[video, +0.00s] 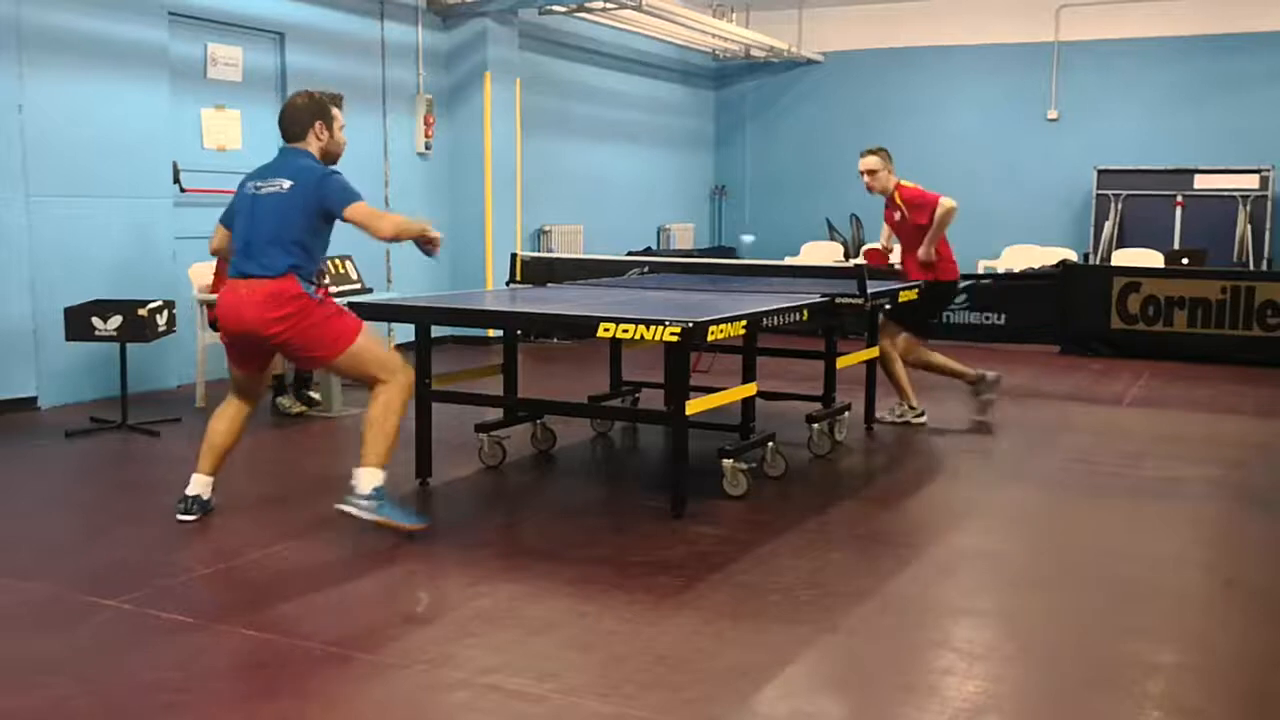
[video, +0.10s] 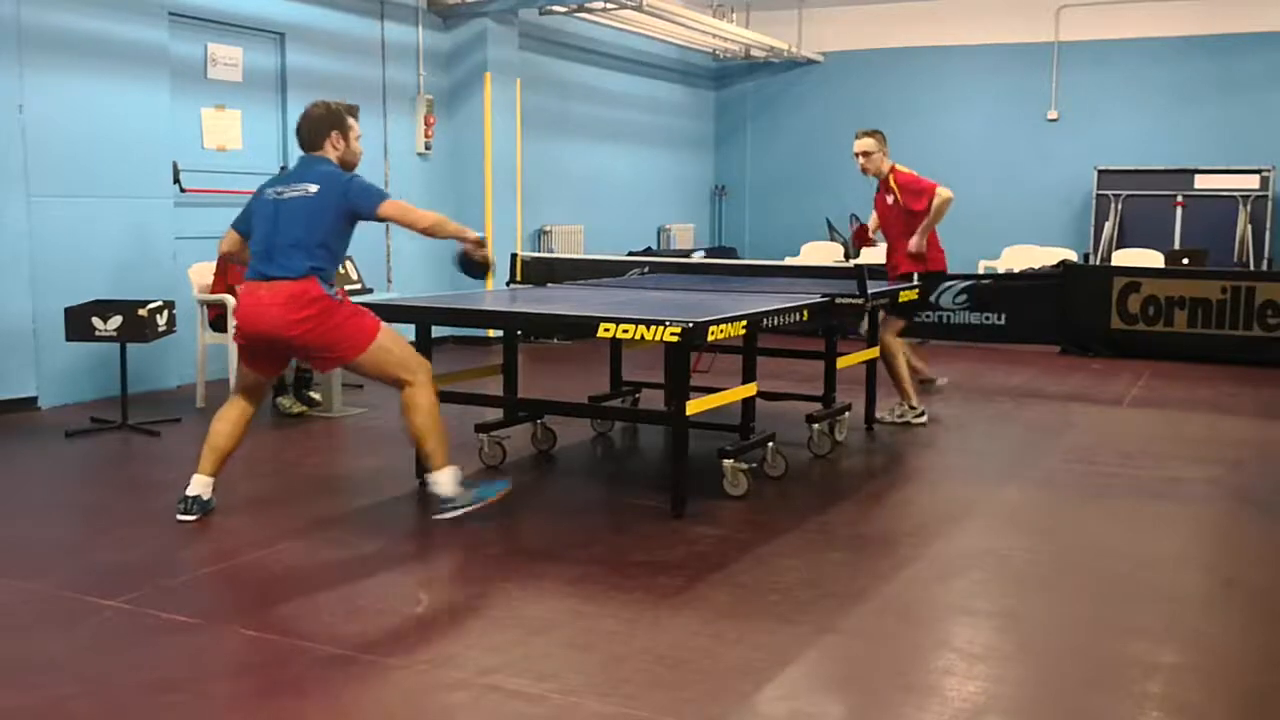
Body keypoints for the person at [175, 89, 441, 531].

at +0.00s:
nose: (344, 138)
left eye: (343, 129)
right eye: (340, 129)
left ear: (293, 133)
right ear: (318, 131)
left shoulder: (254, 178)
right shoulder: (321, 178)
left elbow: (219, 244)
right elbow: (384, 228)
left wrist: (273, 255)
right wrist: (423, 231)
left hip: (233, 303)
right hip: (285, 302)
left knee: (242, 393)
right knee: (395, 374)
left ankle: (196, 492)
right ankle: (367, 489)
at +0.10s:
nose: (361, 147)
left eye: (359, 138)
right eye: (356, 138)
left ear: (319, 141)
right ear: (333, 141)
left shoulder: (271, 187)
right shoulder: (344, 184)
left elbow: (229, 247)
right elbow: (419, 221)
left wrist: (278, 263)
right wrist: (469, 236)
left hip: (252, 308)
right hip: (307, 305)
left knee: (246, 392)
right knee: (416, 374)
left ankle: (197, 491)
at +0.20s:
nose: (390, 155)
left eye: (388, 146)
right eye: (386, 147)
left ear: (342, 153)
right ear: (367, 150)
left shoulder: (301, 194)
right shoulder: (384, 191)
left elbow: (254, 250)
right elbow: (457, 221)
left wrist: (298, 262)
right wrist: (513, 238)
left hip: (287, 308)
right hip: (344, 308)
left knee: (257, 396)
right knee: (439, 386)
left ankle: (199, 489)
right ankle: (505, 474)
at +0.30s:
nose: (430, 168)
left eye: (427, 160)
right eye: (426, 161)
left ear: (383, 165)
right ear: (410, 164)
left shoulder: (348, 205)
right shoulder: (433, 204)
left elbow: (292, 256)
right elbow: (507, 223)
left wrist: (327, 260)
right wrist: (557, 234)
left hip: (334, 313)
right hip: (394, 316)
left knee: (280, 403)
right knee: (481, 387)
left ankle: (205, 492)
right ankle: (527, 479)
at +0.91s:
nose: (427, 103)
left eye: (426, 95)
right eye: (425, 95)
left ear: (375, 101)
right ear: (410, 98)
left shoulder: (340, 147)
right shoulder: (409, 149)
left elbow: (306, 210)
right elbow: (453, 220)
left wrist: (361, 209)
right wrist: (496, 223)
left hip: (317, 275)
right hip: (370, 275)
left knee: (305, 387)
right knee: (459, 372)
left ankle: (262, 494)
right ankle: (459, 498)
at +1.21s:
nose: (404, 176)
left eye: (403, 167)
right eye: (402, 168)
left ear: (349, 174)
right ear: (388, 173)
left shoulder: (315, 218)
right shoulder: (385, 226)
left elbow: (286, 287)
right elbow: (439, 302)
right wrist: (476, 308)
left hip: (268, 348)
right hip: (325, 351)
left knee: (267, 431)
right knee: (444, 428)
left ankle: (186, 514)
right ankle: (423, 550)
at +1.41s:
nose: (377, 172)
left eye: (374, 164)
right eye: (375, 164)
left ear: (324, 173)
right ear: (364, 167)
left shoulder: (296, 221)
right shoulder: (384, 217)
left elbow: (276, 293)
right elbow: (475, 265)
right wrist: (474, 313)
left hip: (273, 353)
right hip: (340, 354)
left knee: (260, 424)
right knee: (460, 427)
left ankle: (186, 513)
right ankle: (425, 549)